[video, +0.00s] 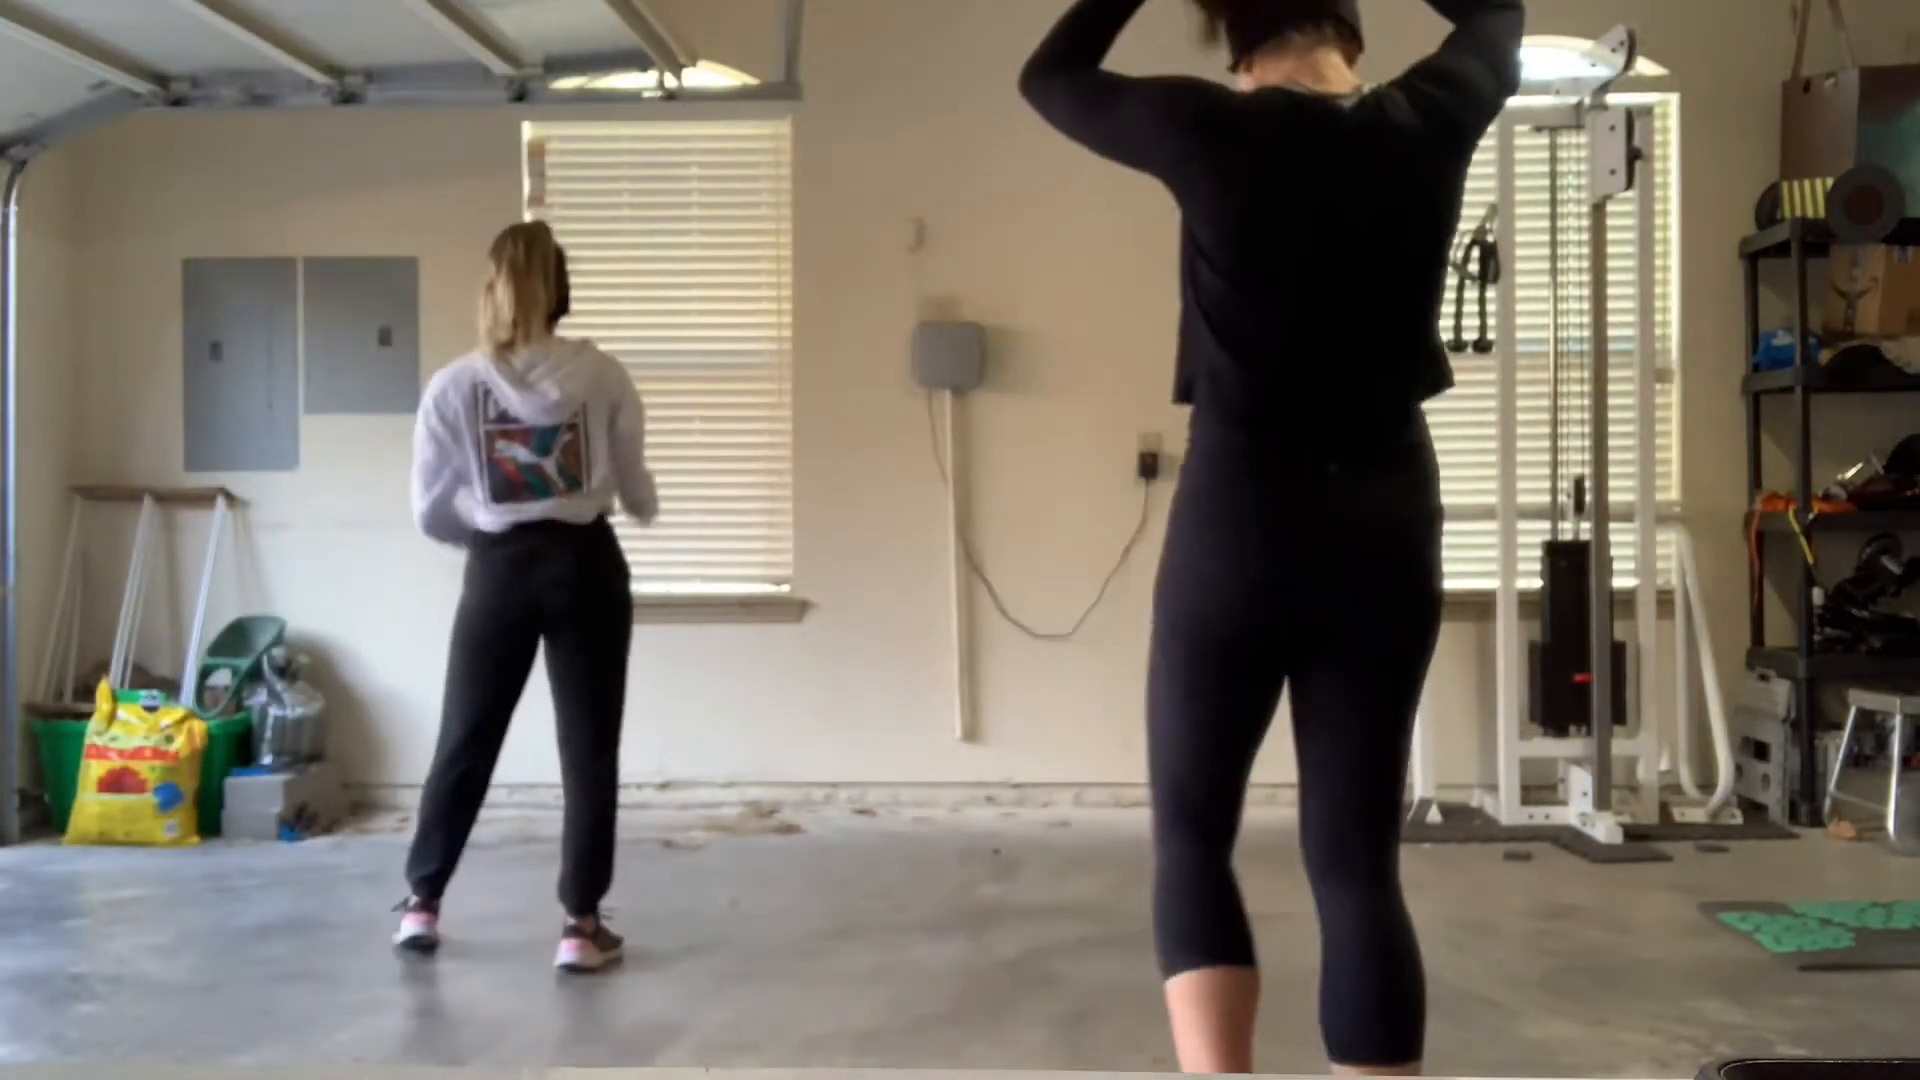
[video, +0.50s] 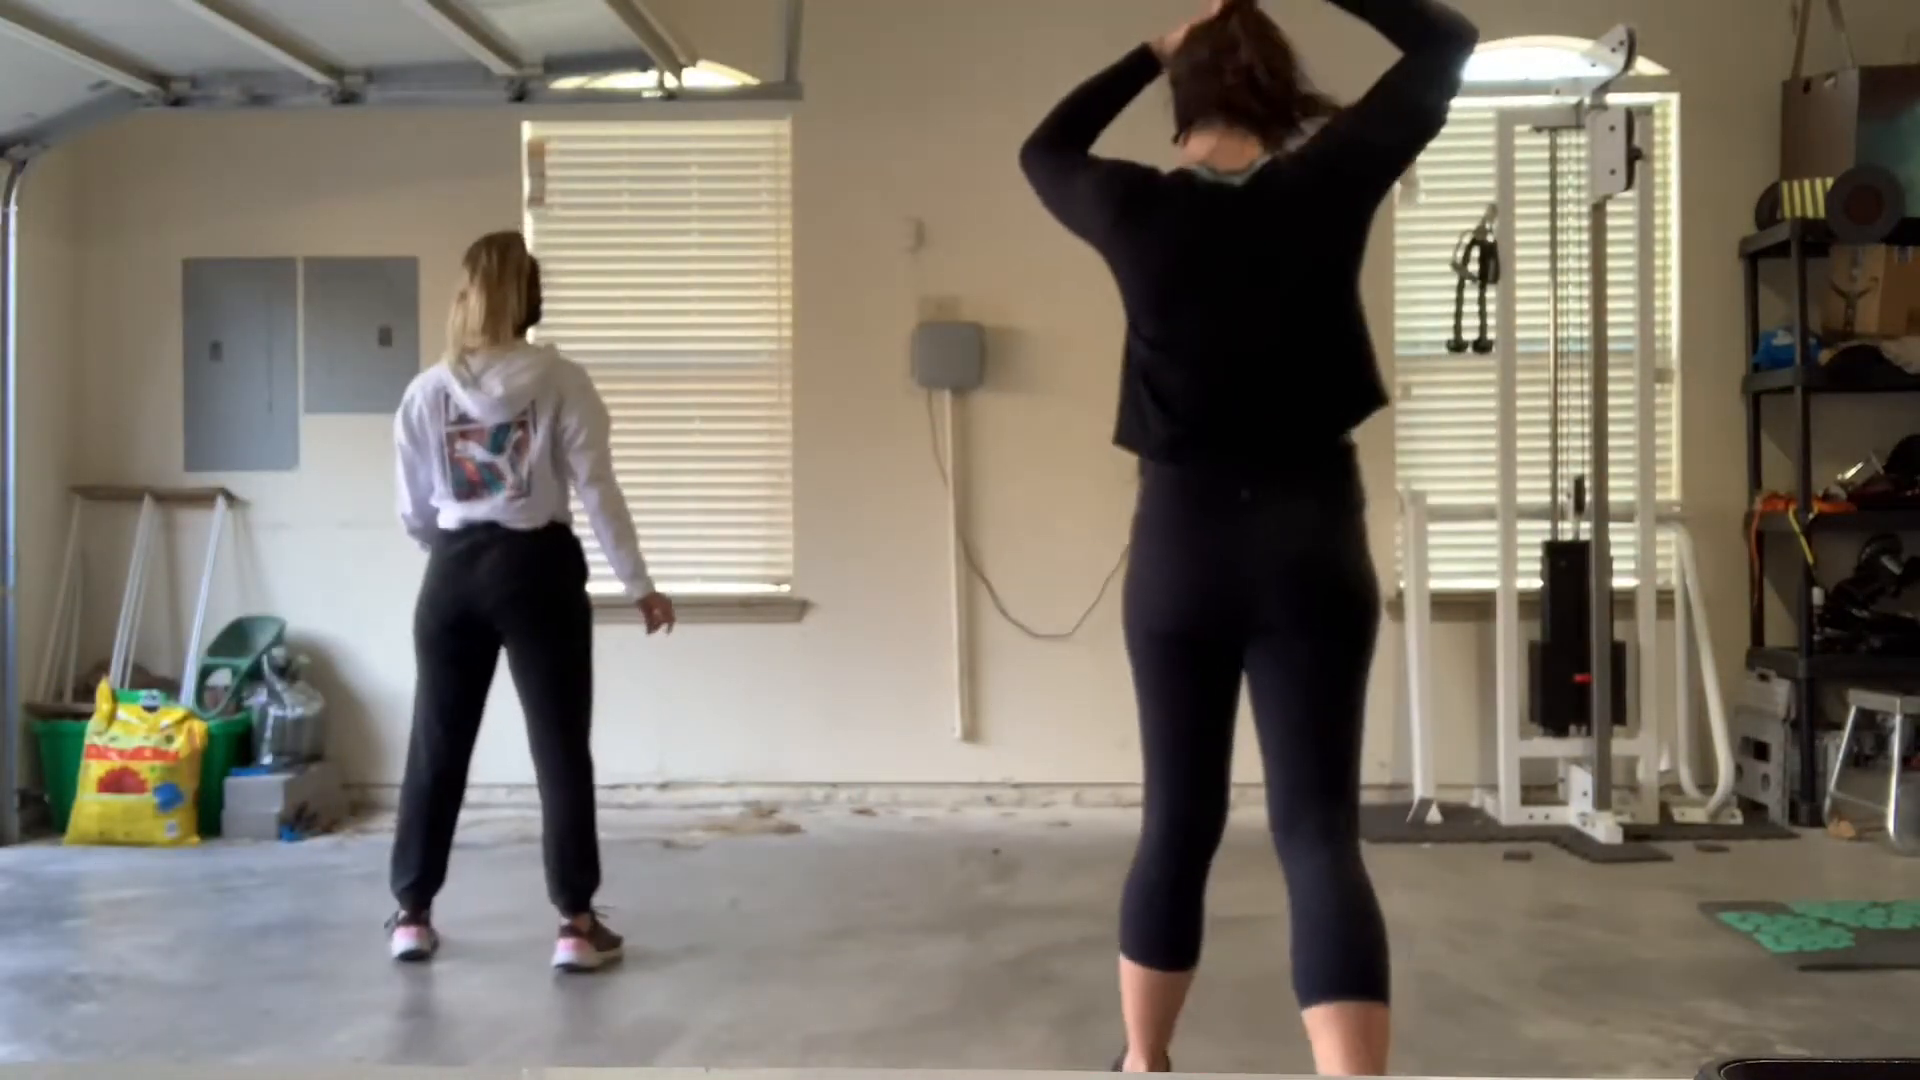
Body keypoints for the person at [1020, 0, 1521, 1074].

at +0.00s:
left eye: (1228, 34)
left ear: (1228, 32)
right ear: (1347, 27)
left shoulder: (1205, 129)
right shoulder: (1427, 124)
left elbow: (1051, 76)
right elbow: (1493, 16)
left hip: (1236, 529)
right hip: (1388, 534)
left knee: (1192, 835)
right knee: (1358, 858)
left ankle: (1217, 1076)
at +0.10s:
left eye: (1234, 50)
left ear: (1234, 52)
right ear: (1355, 47)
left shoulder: (1203, 142)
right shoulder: (1421, 142)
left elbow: (1063, 80)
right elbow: (1495, 27)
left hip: (1237, 541)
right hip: (1389, 543)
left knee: (1216, 833)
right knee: (1362, 859)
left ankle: (1222, 1074)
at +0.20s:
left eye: (1234, 54)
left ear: (1226, 60)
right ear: (1345, 53)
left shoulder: (1190, 157)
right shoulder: (1405, 146)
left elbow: (1064, 93)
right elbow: (1501, 27)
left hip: (1235, 536)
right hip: (1384, 537)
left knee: (1214, 827)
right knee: (1362, 851)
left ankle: (1195, 1072)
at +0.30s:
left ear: (1217, 77)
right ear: (1331, 70)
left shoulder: (1177, 176)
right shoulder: (1384, 155)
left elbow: (1056, 120)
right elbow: (1492, 23)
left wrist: (1164, 18)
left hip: (1224, 540)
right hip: (1368, 539)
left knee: (1204, 824)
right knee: (1352, 846)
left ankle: (1155, 1068)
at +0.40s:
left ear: (1199, 94)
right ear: (1316, 84)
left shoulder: (1160, 201)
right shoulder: (1361, 175)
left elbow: (1054, 145)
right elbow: (1473, 31)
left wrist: (1158, 39)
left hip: (1207, 554)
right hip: (1345, 551)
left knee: (1186, 831)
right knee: (1339, 844)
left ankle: (1139, 1066)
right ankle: (1360, 1079)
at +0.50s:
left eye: (1188, 104)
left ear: (1176, 107)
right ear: (1288, 98)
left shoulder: (1139, 211)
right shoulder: (1332, 188)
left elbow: (1047, 151)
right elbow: (1446, 41)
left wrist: (1148, 53)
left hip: (1180, 551)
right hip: (1314, 547)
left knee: (1176, 822)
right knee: (1320, 829)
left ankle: (1141, 1064)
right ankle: (1354, 1073)